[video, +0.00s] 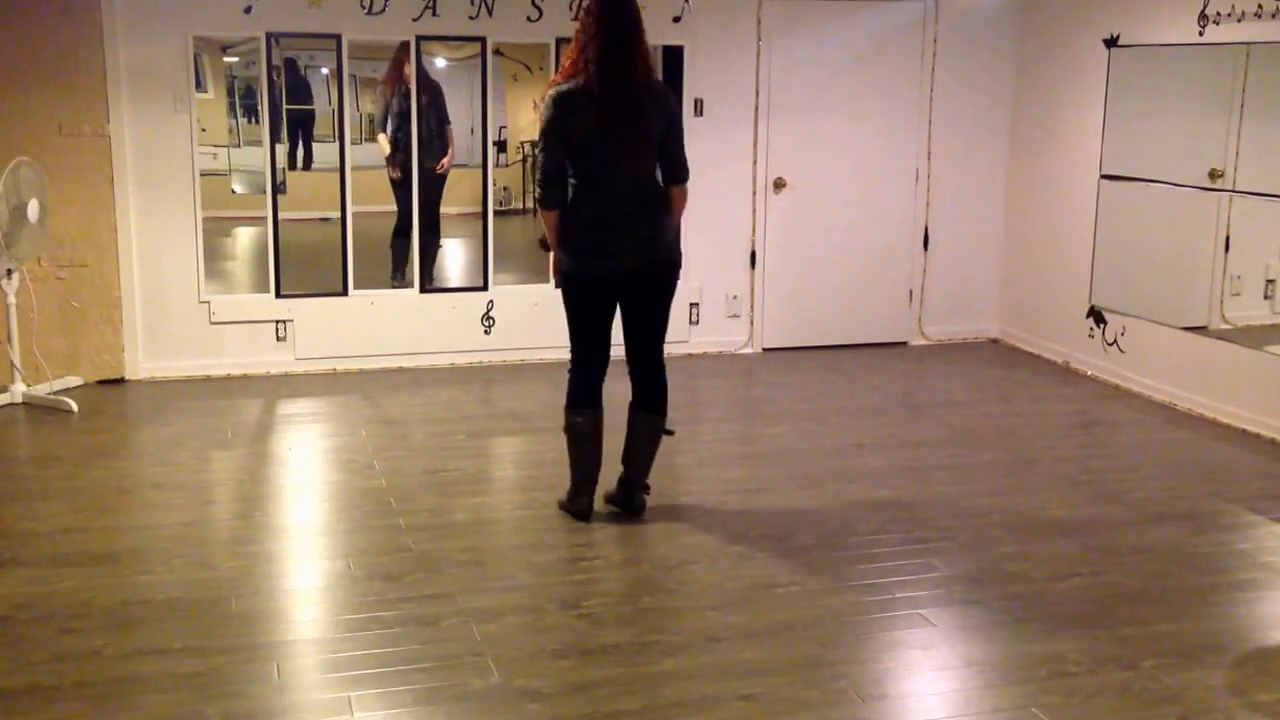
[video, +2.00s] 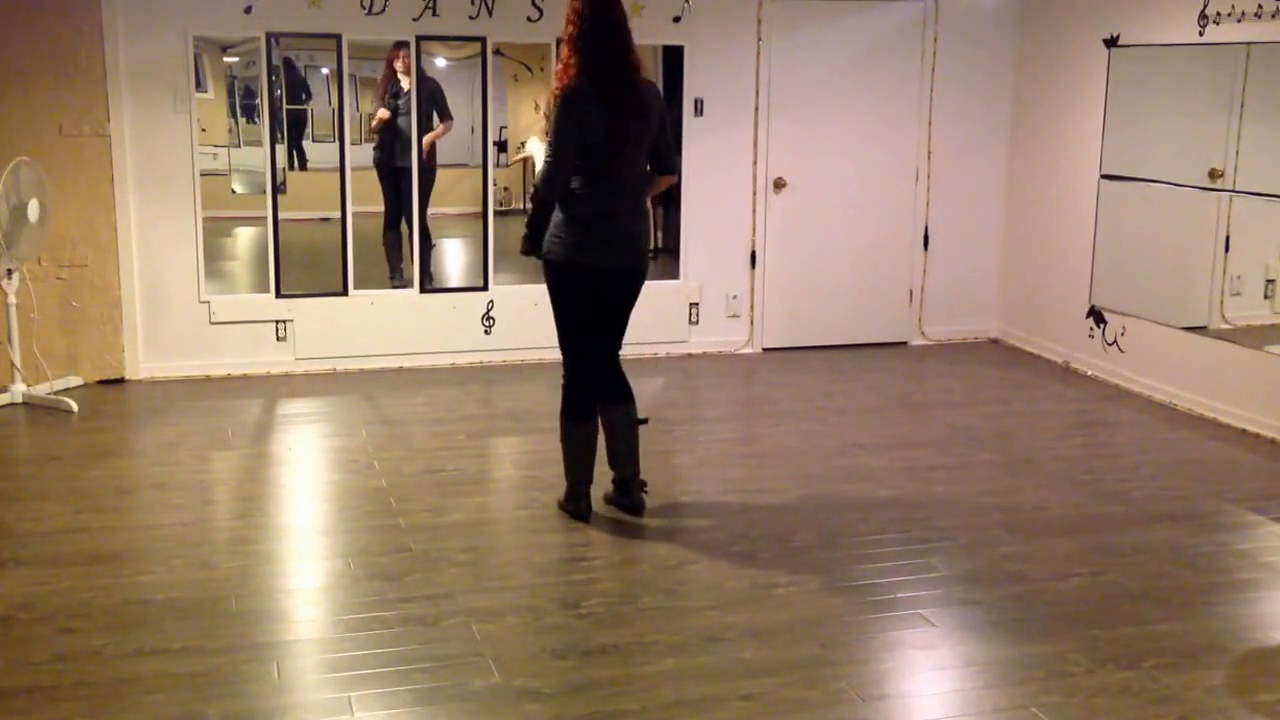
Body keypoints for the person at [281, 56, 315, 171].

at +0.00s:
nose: (284, 70)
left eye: (284, 67)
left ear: (285, 68)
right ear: (296, 66)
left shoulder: (284, 82)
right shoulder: (303, 79)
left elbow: (281, 99)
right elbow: (310, 97)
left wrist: (282, 112)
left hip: (291, 113)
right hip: (307, 112)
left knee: (293, 143)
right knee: (307, 142)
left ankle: (291, 169)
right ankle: (306, 168)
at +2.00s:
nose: (282, 71)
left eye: (282, 68)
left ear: (282, 68)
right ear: (293, 65)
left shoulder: (282, 79)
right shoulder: (300, 78)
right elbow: (308, 94)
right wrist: (304, 101)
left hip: (287, 112)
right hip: (300, 112)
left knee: (288, 143)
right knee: (298, 142)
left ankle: (290, 168)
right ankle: (303, 166)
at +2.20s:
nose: (282, 70)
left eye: (282, 68)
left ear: (283, 67)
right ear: (293, 65)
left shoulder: (282, 79)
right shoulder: (300, 77)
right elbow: (308, 94)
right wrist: (304, 101)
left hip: (287, 112)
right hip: (300, 112)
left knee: (288, 143)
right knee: (298, 142)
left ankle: (290, 168)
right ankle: (303, 166)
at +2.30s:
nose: (283, 70)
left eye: (283, 67)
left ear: (283, 67)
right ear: (294, 66)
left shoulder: (282, 81)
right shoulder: (300, 78)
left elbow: (278, 97)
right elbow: (311, 91)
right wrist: (304, 99)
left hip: (289, 113)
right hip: (303, 112)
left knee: (291, 143)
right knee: (302, 142)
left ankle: (290, 168)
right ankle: (305, 167)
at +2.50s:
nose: (284, 70)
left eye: (283, 67)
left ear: (283, 67)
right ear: (294, 65)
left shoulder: (282, 81)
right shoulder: (300, 77)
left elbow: (278, 96)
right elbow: (311, 91)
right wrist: (304, 98)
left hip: (289, 112)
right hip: (303, 112)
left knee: (291, 143)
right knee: (304, 142)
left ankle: (291, 168)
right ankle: (305, 168)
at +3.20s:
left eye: (283, 67)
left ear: (283, 67)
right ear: (294, 66)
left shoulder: (281, 82)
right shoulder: (300, 80)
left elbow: (278, 100)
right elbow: (305, 96)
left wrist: (280, 115)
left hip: (290, 115)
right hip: (304, 114)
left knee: (292, 145)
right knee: (305, 144)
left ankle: (291, 170)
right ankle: (306, 169)